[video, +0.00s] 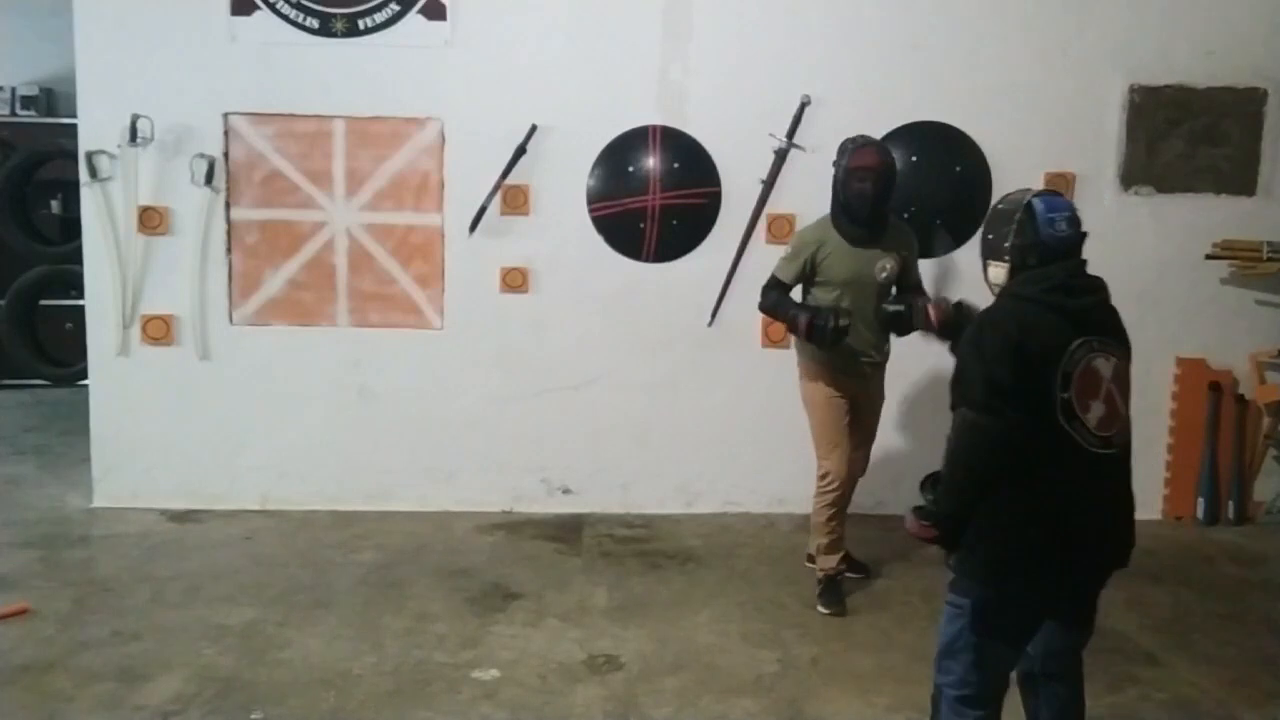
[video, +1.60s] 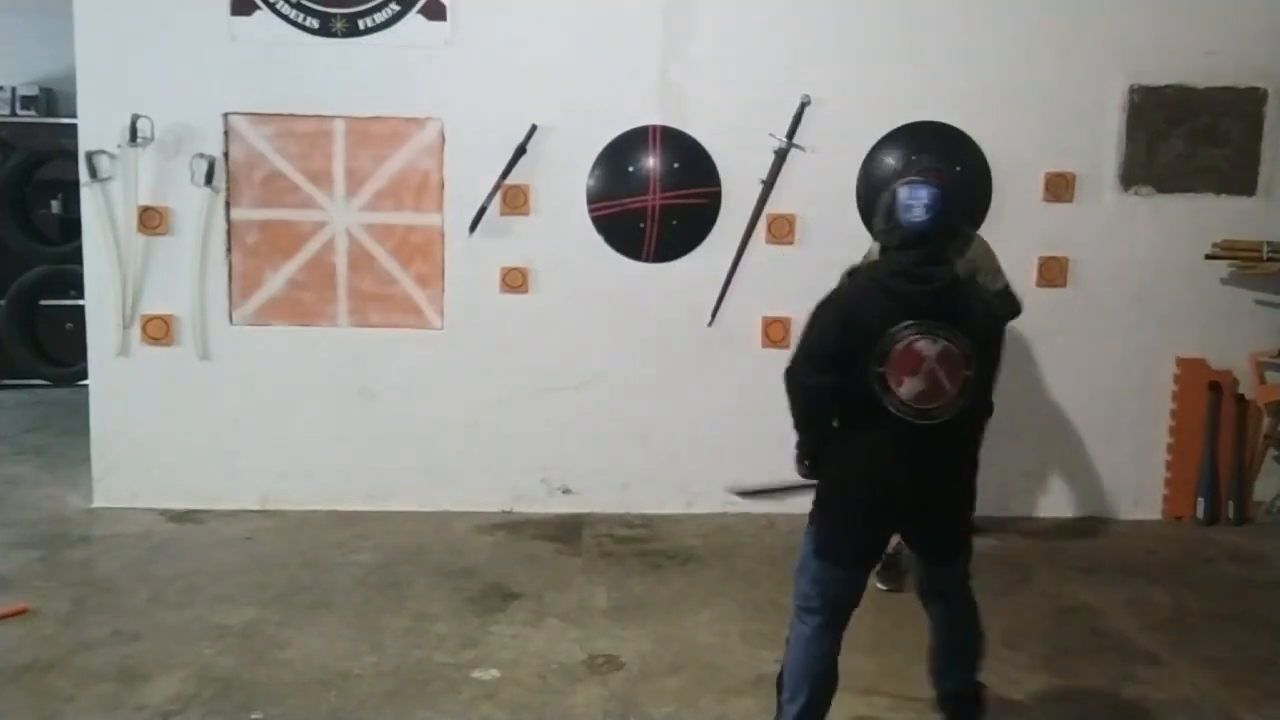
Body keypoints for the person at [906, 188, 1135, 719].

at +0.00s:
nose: (988, 258)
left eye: (994, 246)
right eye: (991, 246)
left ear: (1012, 251)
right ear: (1064, 247)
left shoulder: (1002, 326)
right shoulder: (1100, 315)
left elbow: (978, 437)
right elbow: (1037, 366)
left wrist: (942, 515)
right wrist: (954, 322)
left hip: (1008, 540)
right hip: (1090, 536)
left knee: (964, 686)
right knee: (1053, 675)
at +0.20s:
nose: (972, 255)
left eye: (978, 244)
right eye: (975, 243)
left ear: (994, 248)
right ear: (1048, 242)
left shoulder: (979, 320)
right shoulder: (1083, 311)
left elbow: (938, 422)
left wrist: (892, 491)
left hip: (992, 530)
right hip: (1075, 525)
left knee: (951, 680)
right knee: (1051, 676)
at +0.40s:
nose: (948, 240)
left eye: (954, 231)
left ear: (963, 241)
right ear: (1029, 238)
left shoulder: (943, 316)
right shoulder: (1076, 317)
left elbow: (900, 406)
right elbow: (1130, 393)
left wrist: (821, 469)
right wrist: (1161, 368)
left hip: (957, 533)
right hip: (1047, 531)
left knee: (937, 673)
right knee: (1034, 665)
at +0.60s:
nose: (942, 247)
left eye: (948, 237)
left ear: (958, 243)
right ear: (1030, 243)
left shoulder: (914, 320)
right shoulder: (1072, 324)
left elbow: (848, 400)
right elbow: (1148, 408)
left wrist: (787, 398)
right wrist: (1178, 361)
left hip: (933, 545)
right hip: (1025, 541)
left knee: (930, 690)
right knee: (1016, 669)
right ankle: (1014, 714)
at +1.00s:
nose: (970, 235)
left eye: (977, 227)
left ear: (980, 234)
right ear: (1047, 239)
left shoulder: (933, 301)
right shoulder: (1078, 313)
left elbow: (860, 357)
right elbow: (1150, 372)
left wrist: (856, 439)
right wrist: (1139, 299)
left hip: (937, 509)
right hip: (1024, 514)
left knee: (911, 639)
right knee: (1012, 640)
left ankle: (914, 714)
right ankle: (1009, 712)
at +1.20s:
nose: (960, 227)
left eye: (965, 220)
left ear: (970, 227)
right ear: (1031, 230)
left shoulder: (930, 297)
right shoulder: (1061, 309)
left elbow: (892, 391)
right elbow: (1067, 381)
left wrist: (887, 468)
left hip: (930, 492)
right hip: (1014, 496)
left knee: (883, 621)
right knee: (1004, 632)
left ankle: (862, 710)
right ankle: (1008, 714)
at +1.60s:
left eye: (887, 205)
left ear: (882, 215)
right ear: (961, 224)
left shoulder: (858, 295)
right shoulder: (981, 304)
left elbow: (806, 375)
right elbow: (980, 401)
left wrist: (816, 445)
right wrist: (953, 451)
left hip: (857, 487)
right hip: (943, 488)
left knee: (818, 614)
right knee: (949, 596)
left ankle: (798, 709)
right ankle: (960, 702)